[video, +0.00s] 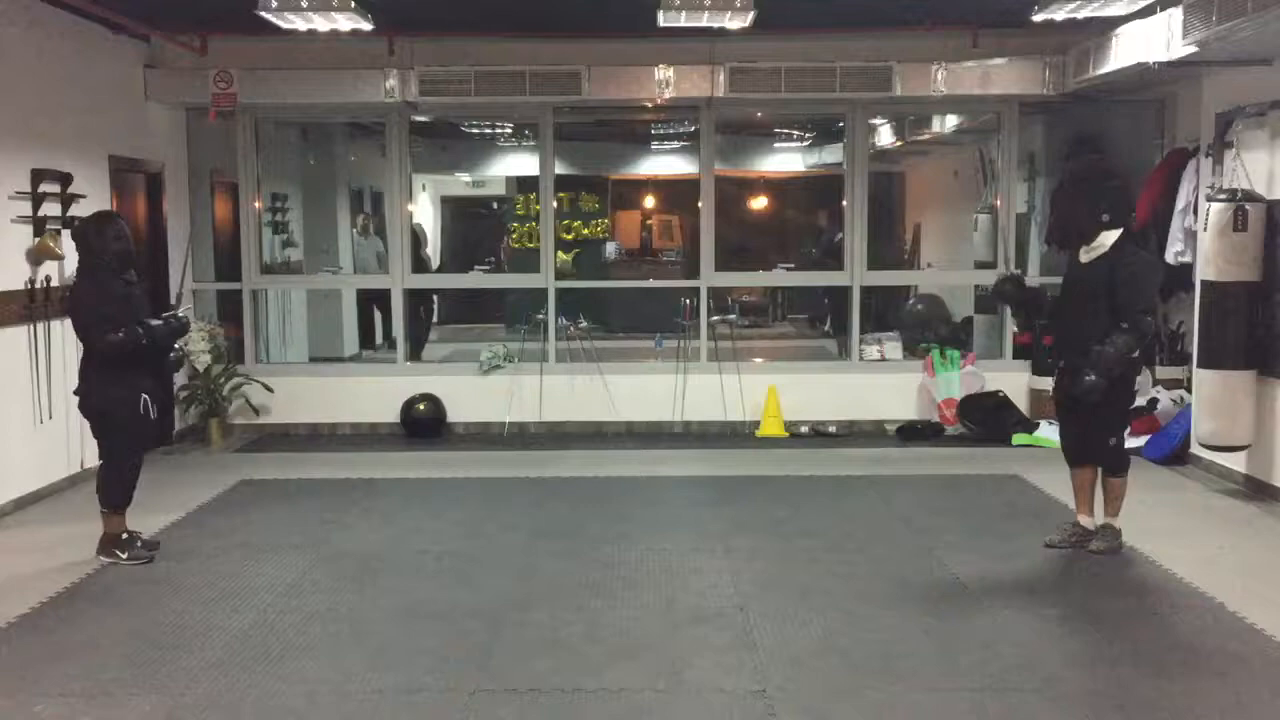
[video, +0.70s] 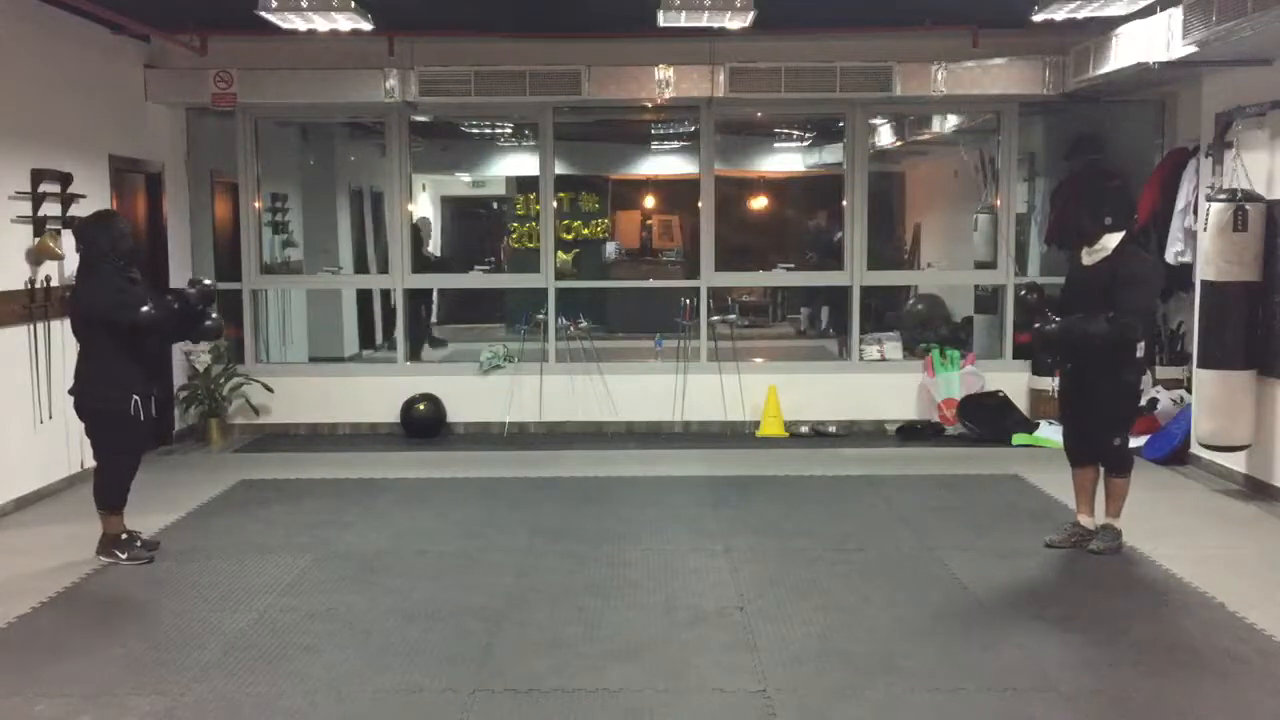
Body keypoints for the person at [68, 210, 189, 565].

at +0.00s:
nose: (125, 242)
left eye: (125, 235)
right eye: (115, 237)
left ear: (128, 237)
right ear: (94, 245)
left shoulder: (125, 279)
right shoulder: (87, 287)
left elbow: (137, 326)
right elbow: (100, 343)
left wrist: (167, 328)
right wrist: (149, 333)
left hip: (133, 384)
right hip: (109, 387)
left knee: (128, 456)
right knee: (117, 457)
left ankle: (118, 531)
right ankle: (111, 537)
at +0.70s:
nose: (131, 240)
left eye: (129, 234)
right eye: (124, 235)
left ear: (101, 241)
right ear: (106, 241)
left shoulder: (121, 278)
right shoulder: (99, 283)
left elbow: (151, 320)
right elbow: (143, 318)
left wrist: (194, 322)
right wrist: (187, 301)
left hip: (127, 387)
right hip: (110, 390)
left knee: (123, 460)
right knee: (115, 462)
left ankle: (118, 533)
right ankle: (111, 539)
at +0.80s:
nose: (130, 239)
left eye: (128, 233)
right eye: (124, 233)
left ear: (99, 241)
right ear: (106, 240)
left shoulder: (119, 277)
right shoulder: (102, 280)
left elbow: (153, 323)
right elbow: (144, 313)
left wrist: (195, 317)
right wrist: (190, 295)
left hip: (123, 386)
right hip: (109, 388)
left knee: (120, 460)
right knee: (114, 461)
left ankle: (116, 533)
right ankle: (111, 538)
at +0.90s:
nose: (131, 240)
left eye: (129, 234)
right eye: (125, 234)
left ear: (99, 241)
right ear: (108, 240)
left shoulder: (118, 277)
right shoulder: (105, 280)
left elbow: (150, 329)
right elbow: (149, 318)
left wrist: (193, 321)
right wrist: (191, 293)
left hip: (125, 388)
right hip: (112, 391)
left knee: (122, 461)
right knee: (116, 462)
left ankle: (117, 533)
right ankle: (111, 539)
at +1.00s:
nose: (137, 241)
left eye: (134, 234)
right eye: (129, 236)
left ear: (102, 243)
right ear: (113, 242)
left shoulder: (115, 277)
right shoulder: (111, 281)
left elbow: (144, 329)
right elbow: (143, 332)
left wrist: (186, 330)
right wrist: (185, 306)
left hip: (124, 388)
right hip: (121, 390)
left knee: (126, 458)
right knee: (125, 459)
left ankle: (118, 534)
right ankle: (112, 538)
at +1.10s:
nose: (141, 242)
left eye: (138, 235)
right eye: (133, 237)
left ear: (102, 247)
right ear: (118, 245)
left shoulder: (100, 282)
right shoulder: (120, 283)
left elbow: (138, 330)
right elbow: (144, 338)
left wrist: (176, 331)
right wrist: (183, 315)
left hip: (111, 390)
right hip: (137, 390)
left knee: (118, 456)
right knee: (155, 456)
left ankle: (111, 534)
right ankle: (125, 531)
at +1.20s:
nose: (143, 242)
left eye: (139, 236)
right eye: (136, 238)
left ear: (105, 248)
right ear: (123, 246)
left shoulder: (105, 282)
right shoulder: (124, 284)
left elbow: (139, 334)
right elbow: (150, 340)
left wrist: (178, 324)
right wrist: (189, 319)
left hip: (115, 387)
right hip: (139, 387)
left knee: (121, 456)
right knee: (170, 452)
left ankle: (112, 534)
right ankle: (151, 535)